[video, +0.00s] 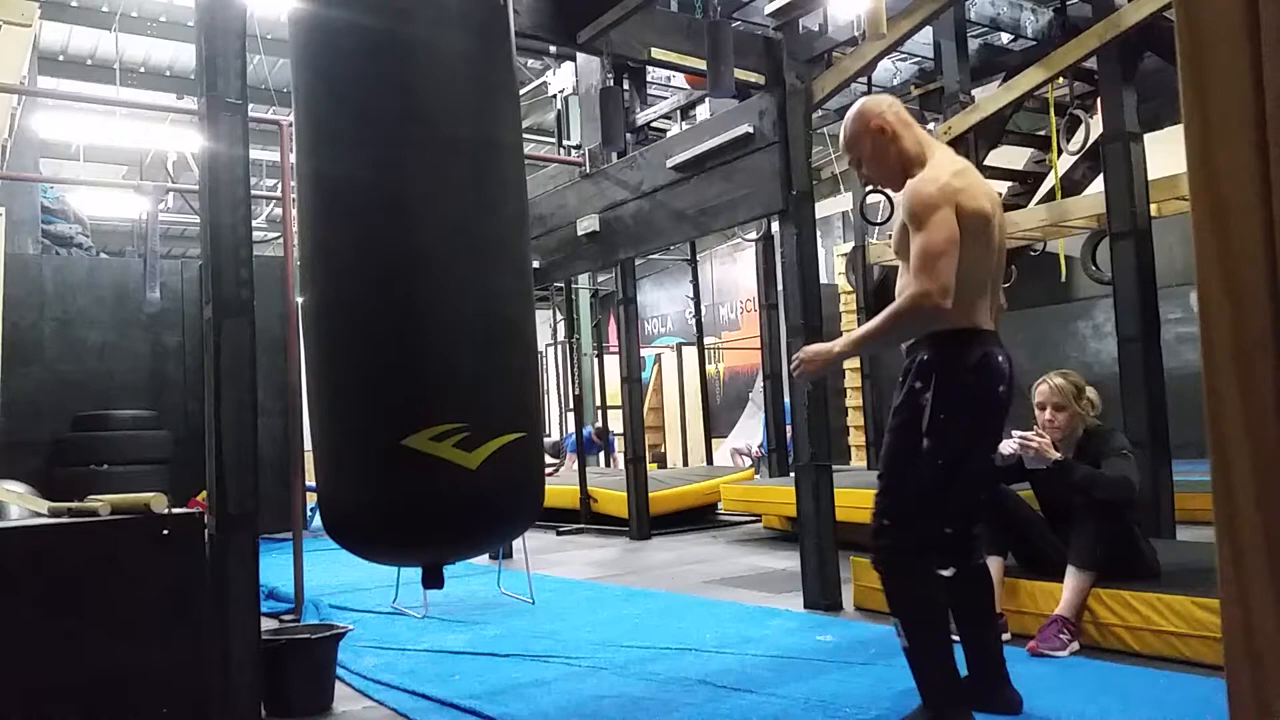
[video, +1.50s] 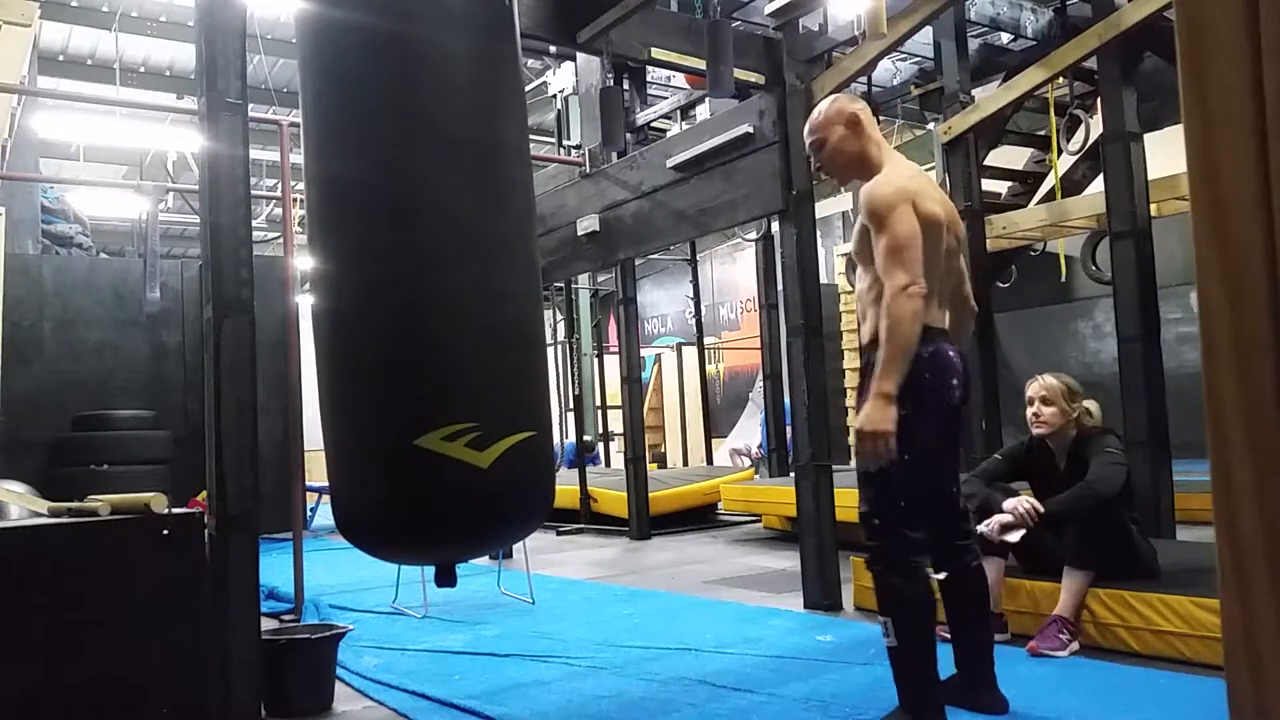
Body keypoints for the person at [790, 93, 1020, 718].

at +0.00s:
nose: (869, 183)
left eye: (862, 167)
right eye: (860, 173)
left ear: (885, 132)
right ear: (896, 129)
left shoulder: (929, 187)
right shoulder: (976, 183)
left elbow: (930, 298)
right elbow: (995, 287)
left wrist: (838, 349)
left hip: (944, 374)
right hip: (983, 370)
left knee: (894, 546)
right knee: (954, 536)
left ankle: (942, 701)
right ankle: (991, 685)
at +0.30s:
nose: (860, 180)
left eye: (855, 165)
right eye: (854, 169)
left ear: (875, 141)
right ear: (898, 133)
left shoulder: (911, 186)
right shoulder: (964, 184)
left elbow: (930, 290)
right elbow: (989, 294)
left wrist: (905, 392)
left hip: (939, 364)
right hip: (977, 362)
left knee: (919, 531)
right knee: (963, 526)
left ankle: (924, 699)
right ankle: (990, 678)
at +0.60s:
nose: (853, 166)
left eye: (851, 154)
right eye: (851, 155)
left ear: (864, 142)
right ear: (902, 135)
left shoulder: (891, 187)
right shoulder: (959, 190)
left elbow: (920, 285)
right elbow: (984, 301)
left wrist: (901, 390)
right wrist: (966, 368)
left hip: (922, 363)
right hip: (970, 361)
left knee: (916, 532)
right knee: (975, 523)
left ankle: (922, 700)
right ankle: (993, 678)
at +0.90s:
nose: (838, 166)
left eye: (836, 156)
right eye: (835, 157)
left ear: (848, 141)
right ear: (887, 131)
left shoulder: (871, 181)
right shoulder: (946, 192)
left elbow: (876, 286)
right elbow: (973, 302)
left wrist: (812, 375)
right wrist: (956, 378)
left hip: (896, 360)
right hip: (941, 357)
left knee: (905, 534)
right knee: (923, 525)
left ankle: (923, 702)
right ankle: (978, 658)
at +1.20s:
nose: (820, 157)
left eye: (820, 145)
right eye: (817, 148)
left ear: (839, 133)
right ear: (872, 127)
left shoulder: (861, 182)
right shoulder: (931, 187)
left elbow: (866, 288)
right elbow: (968, 298)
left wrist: (811, 392)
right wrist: (948, 382)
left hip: (886, 364)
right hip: (929, 358)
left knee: (901, 535)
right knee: (913, 528)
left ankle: (924, 703)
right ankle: (966, 676)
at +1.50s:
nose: (818, 165)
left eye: (819, 147)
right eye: (812, 154)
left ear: (857, 125)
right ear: (866, 128)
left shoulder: (883, 190)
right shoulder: (931, 189)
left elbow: (906, 292)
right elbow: (961, 302)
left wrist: (881, 396)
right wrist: (941, 374)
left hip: (906, 368)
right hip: (943, 365)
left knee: (890, 538)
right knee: (948, 529)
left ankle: (917, 700)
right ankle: (977, 679)